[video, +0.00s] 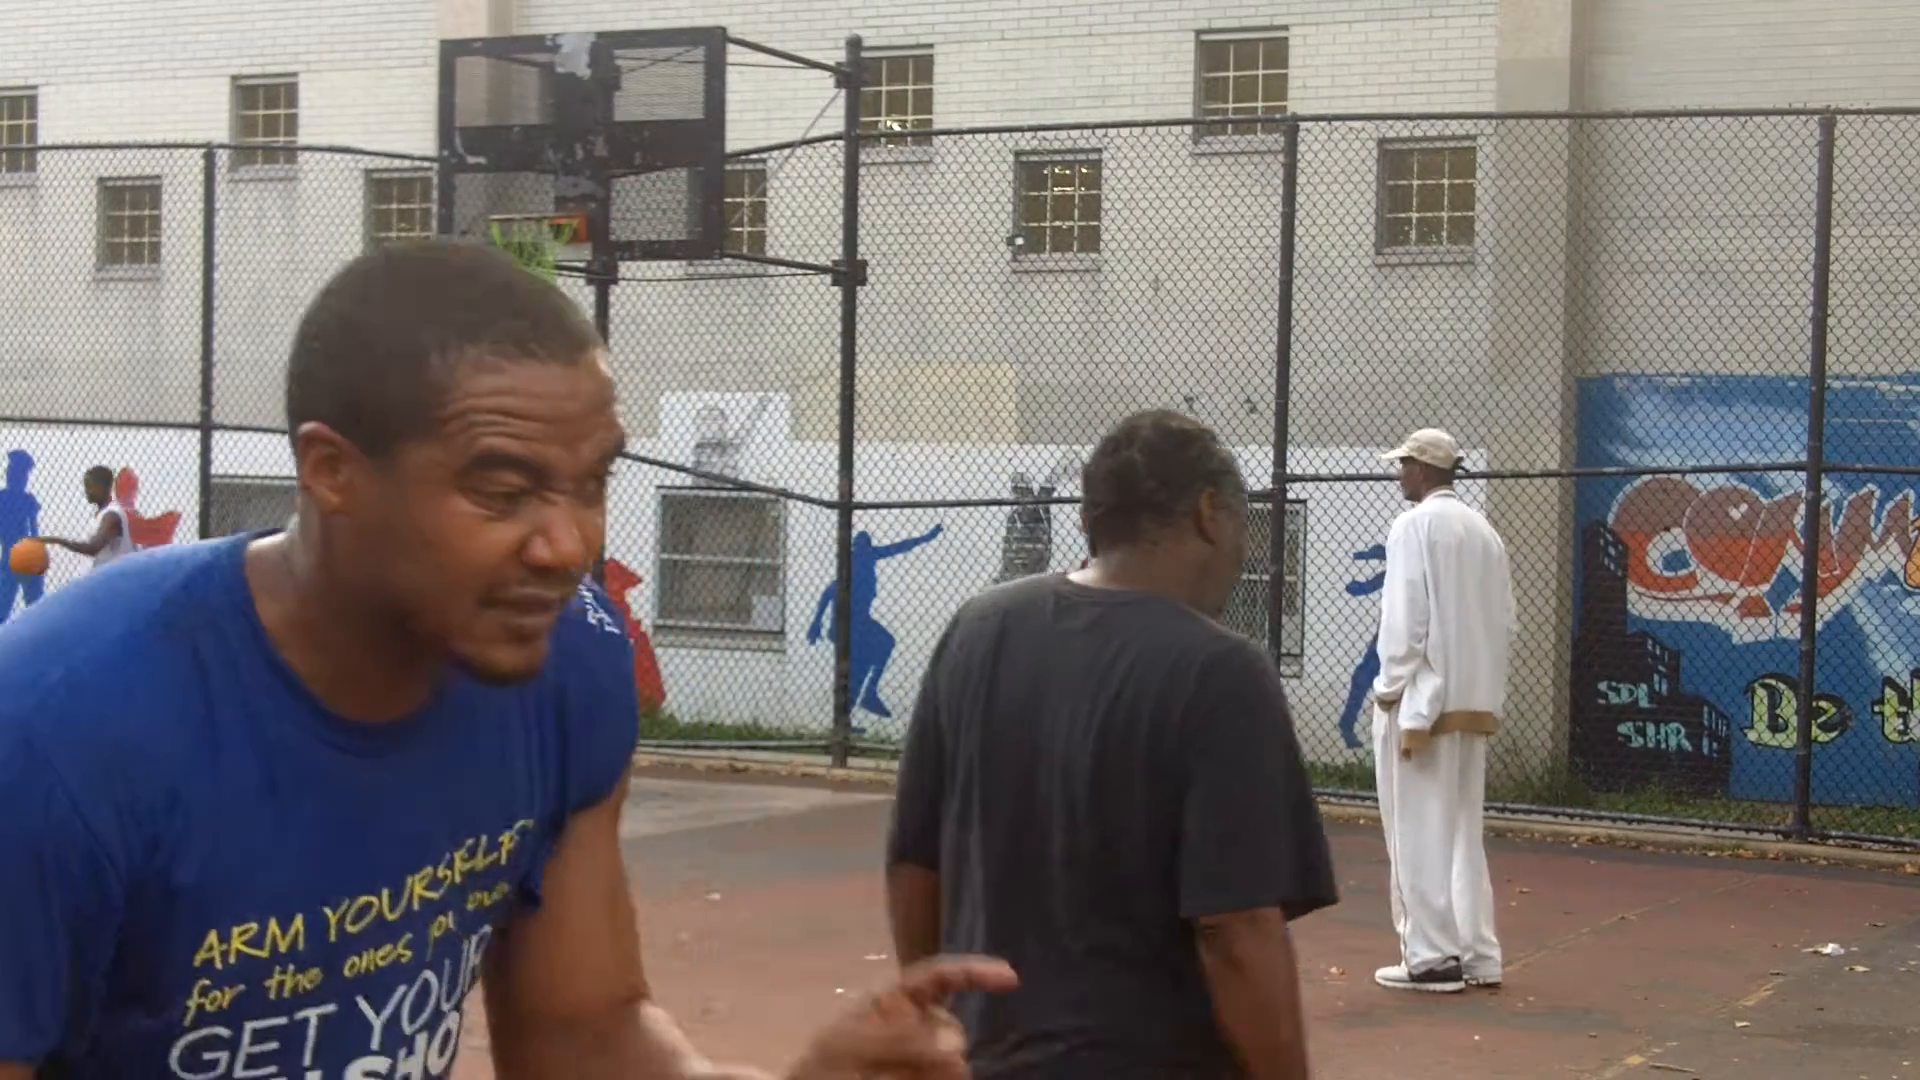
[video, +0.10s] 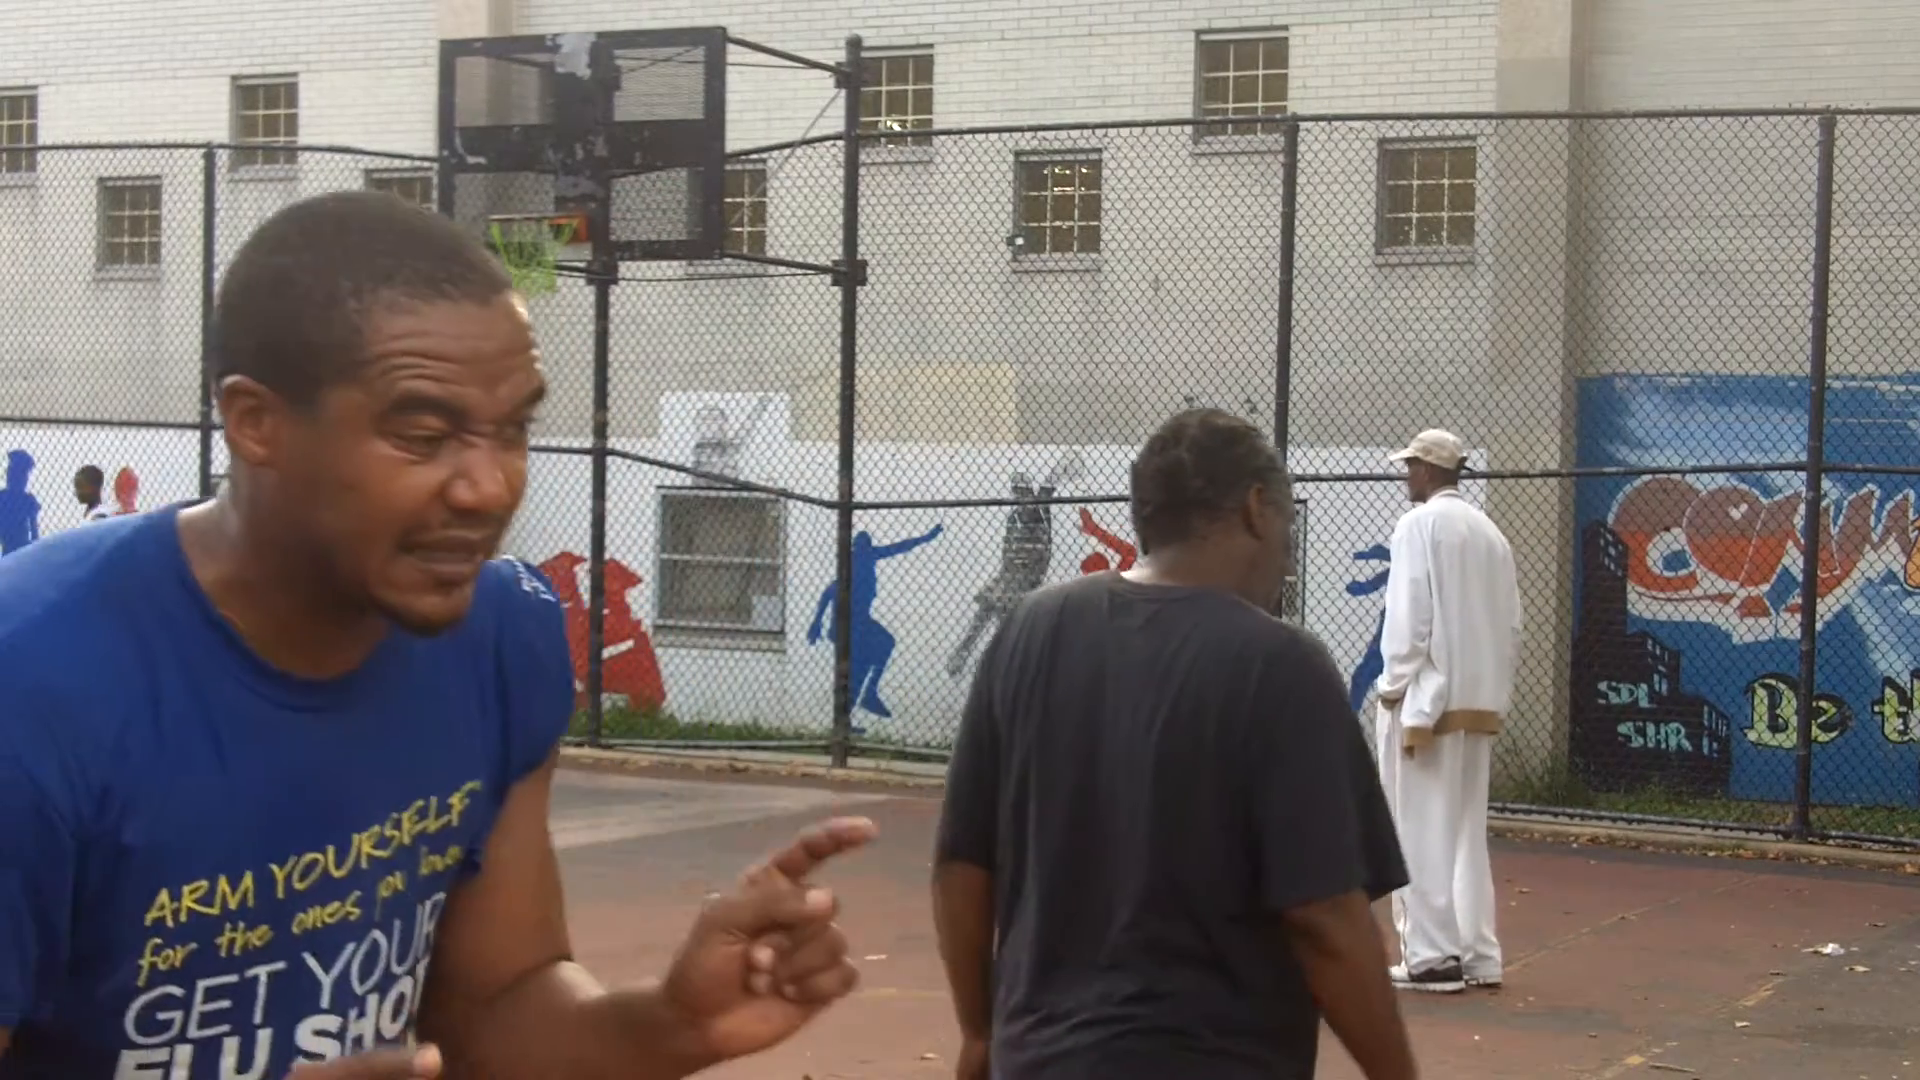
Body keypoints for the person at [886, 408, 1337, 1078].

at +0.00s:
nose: (1243, 553)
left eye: (1244, 527)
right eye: (1241, 524)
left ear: (1094, 524)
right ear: (1208, 515)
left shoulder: (976, 629)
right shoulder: (1216, 670)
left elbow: (914, 869)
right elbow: (1234, 926)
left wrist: (936, 1037)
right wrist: (1283, 1067)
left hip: (991, 1049)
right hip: (1160, 1054)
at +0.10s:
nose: (1290, 552)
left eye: (1293, 523)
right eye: (1290, 521)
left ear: (1148, 521)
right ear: (1254, 508)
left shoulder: (1030, 629)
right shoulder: (1278, 661)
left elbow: (961, 868)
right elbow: (1320, 913)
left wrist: (978, 1031)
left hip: (1036, 1049)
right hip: (1221, 1055)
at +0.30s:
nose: (1376, 554)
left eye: (1375, 533)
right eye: (1372, 531)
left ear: (1239, 540)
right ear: (1343, 529)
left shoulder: (1131, 649)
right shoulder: (1376, 670)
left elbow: (1060, 869)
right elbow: (1448, 910)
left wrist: (1047, 1043)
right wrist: (1547, 1057)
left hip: (1136, 1046)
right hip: (1305, 1050)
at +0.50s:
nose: (1457, 554)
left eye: (1455, 531)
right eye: (1453, 529)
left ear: (1326, 541)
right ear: (1425, 522)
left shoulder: (1228, 646)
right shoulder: (1457, 655)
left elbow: (1169, 870)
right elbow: (1504, 881)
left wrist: (1155, 1036)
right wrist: (1580, 1062)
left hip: (1229, 1047)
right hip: (1406, 1054)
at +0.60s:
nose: (1504, 547)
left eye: (1504, 524)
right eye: (1501, 522)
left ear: (1373, 531)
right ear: (1472, 515)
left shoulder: (1273, 636)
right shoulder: (1494, 647)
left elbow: (1223, 865)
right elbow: (1524, 871)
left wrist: (1237, 1025)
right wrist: (1589, 1060)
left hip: (1273, 1045)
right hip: (1447, 1052)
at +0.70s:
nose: (1557, 550)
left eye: (1557, 529)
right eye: (1554, 526)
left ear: (1425, 529)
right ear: (1520, 517)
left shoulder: (1319, 633)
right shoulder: (1535, 650)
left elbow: (1275, 848)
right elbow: (1548, 872)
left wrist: (1309, 994)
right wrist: (1604, 1060)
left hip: (1316, 1042)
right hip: (1482, 1050)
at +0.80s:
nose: (1612, 560)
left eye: (1612, 541)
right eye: (1608, 538)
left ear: (1483, 533)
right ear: (1574, 525)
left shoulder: (1378, 630)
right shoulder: (1588, 657)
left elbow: (1332, 838)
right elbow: (1584, 876)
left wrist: (1371, 981)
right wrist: (1627, 1063)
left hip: (1362, 1037)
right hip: (1521, 1049)